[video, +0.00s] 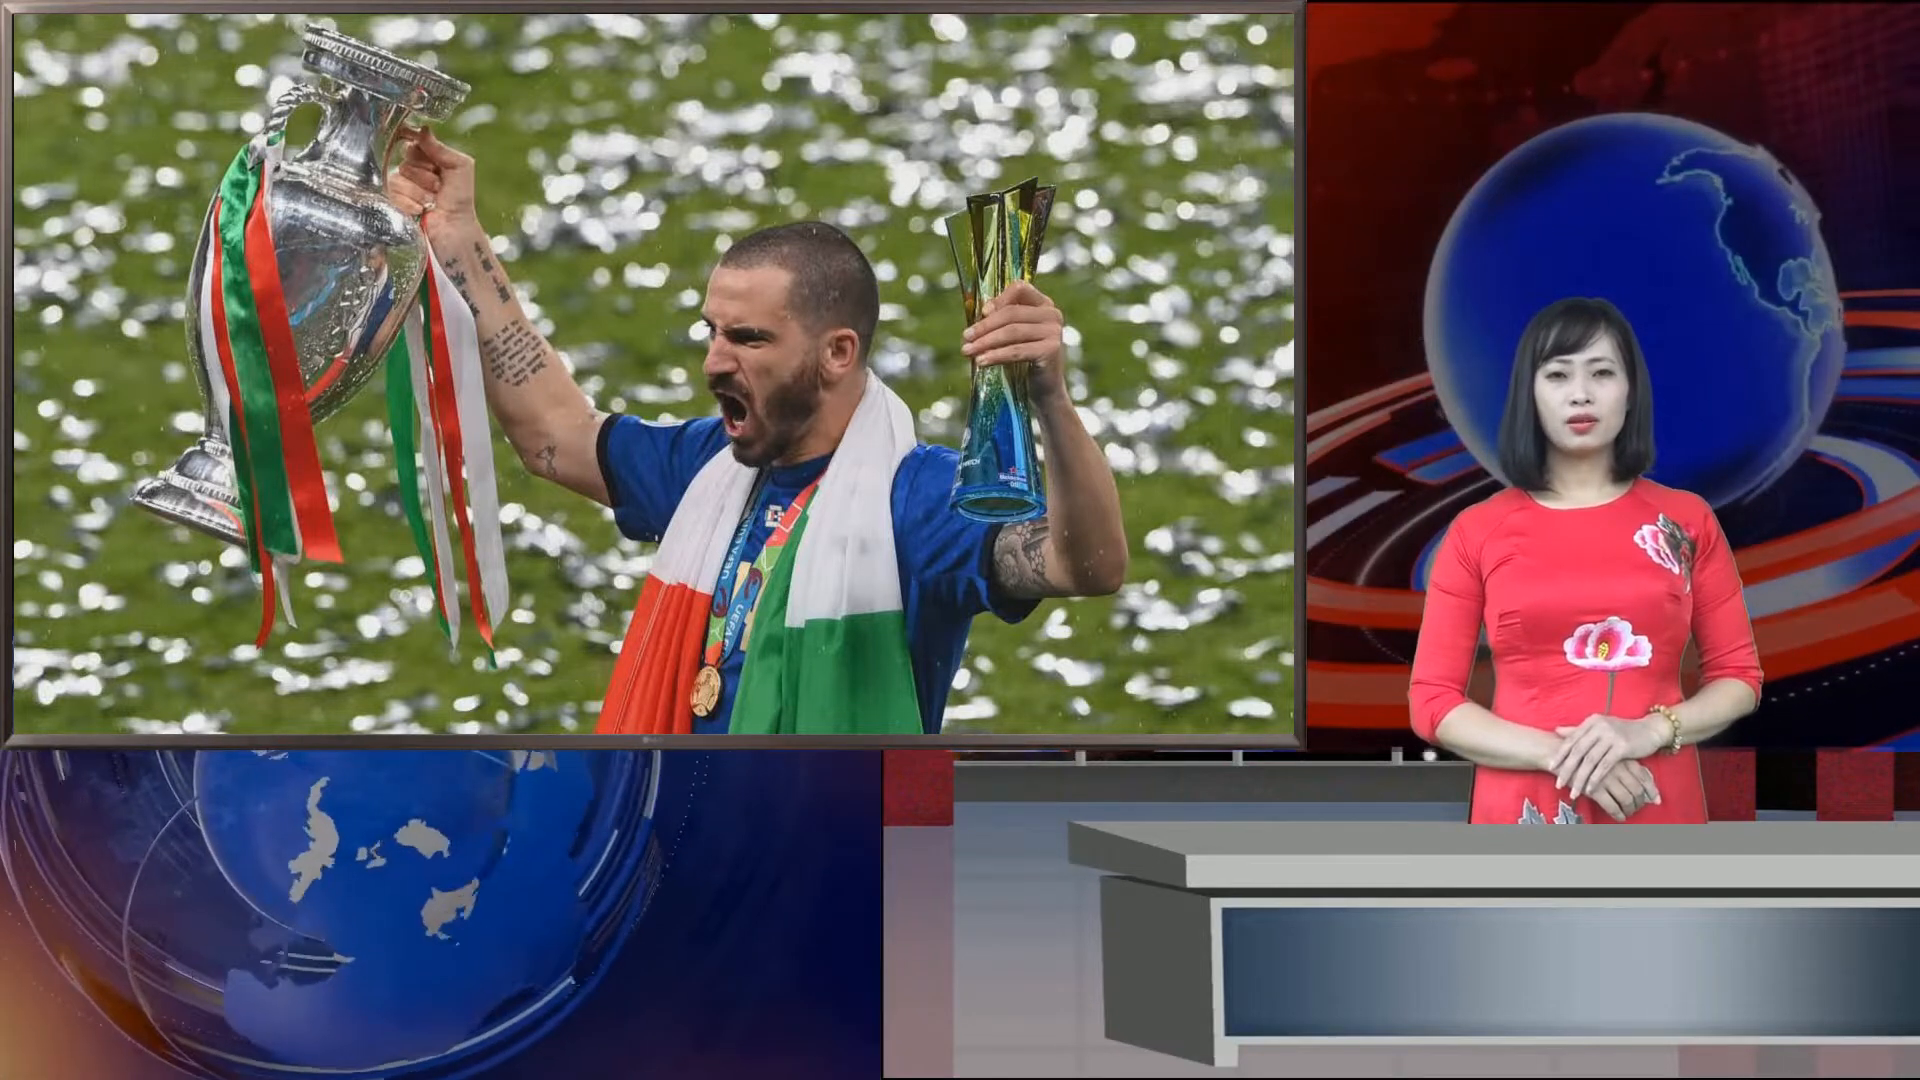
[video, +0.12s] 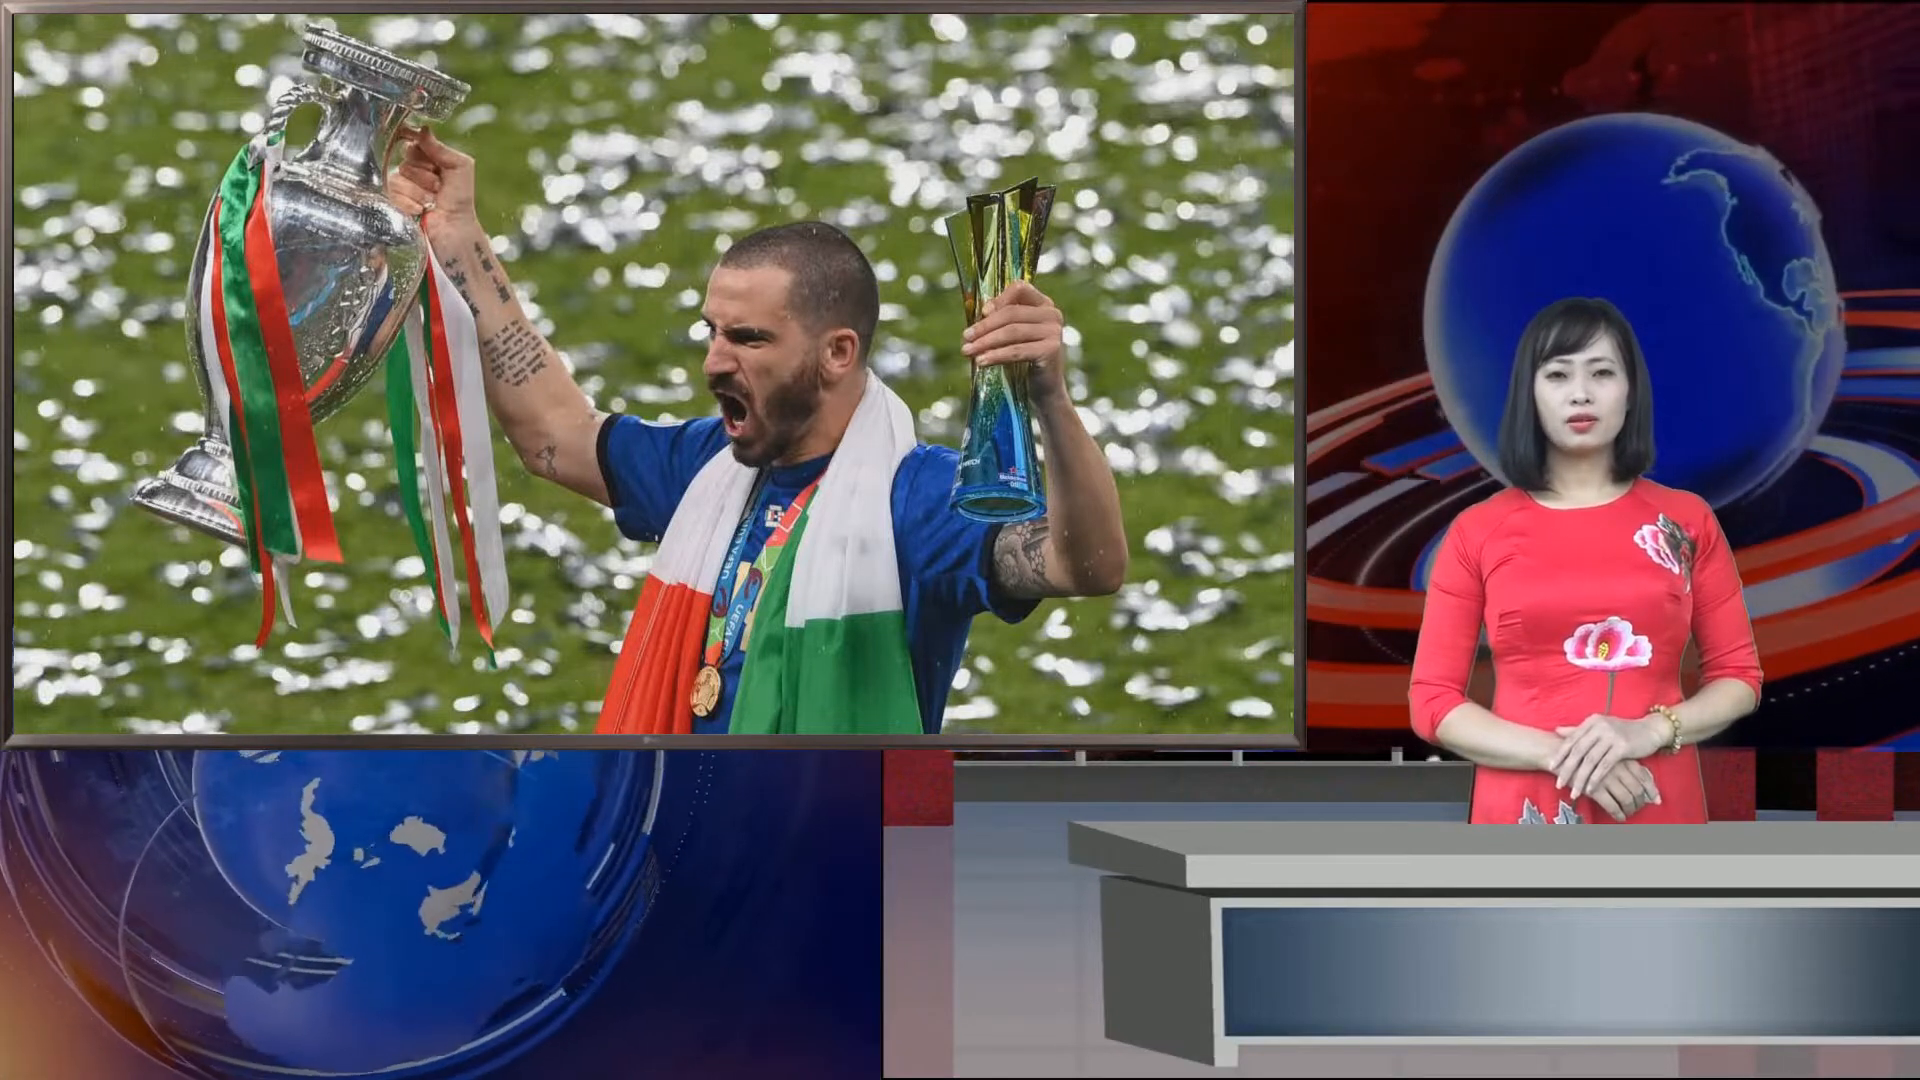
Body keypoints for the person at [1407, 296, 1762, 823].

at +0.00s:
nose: (1580, 393)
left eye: (1602, 373)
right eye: (1558, 375)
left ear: (1630, 391)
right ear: (1530, 391)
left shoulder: (1686, 521)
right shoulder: (1478, 533)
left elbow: (1739, 680)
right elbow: (1432, 702)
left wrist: (1652, 729)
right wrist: (1565, 753)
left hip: (1662, 825)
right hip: (1520, 826)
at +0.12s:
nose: (1580, 393)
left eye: (1602, 373)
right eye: (1558, 375)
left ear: (1630, 391)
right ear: (1530, 392)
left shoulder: (1686, 521)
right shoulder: (1479, 533)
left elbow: (1739, 680)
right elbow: (1432, 702)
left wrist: (1652, 729)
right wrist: (1565, 753)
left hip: (1662, 825)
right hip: (1520, 825)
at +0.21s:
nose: (1580, 394)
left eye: (1602, 375)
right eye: (1558, 376)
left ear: (1630, 391)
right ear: (1530, 392)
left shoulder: (1686, 522)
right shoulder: (1479, 533)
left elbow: (1739, 680)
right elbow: (1432, 701)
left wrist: (1652, 729)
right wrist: (1564, 753)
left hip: (1662, 824)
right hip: (1521, 825)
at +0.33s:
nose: (1581, 393)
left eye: (1602, 373)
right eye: (1559, 375)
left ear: (1631, 391)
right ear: (1531, 392)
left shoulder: (1686, 521)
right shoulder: (1479, 533)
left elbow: (1739, 680)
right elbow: (1432, 701)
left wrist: (1652, 729)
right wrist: (1564, 753)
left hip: (1662, 824)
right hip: (1522, 825)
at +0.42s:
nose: (1581, 393)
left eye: (1603, 373)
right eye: (1560, 374)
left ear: (1631, 391)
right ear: (1532, 392)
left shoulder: (1687, 521)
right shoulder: (1479, 534)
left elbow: (1740, 680)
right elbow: (1433, 701)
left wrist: (1651, 728)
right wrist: (1565, 752)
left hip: (1662, 825)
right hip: (1522, 826)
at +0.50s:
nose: (1582, 393)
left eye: (1604, 373)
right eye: (1560, 375)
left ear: (1632, 391)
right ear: (1532, 392)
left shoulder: (1687, 521)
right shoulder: (1480, 533)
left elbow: (1741, 680)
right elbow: (1434, 700)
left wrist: (1652, 728)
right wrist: (1565, 752)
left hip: (1661, 823)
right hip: (1523, 824)